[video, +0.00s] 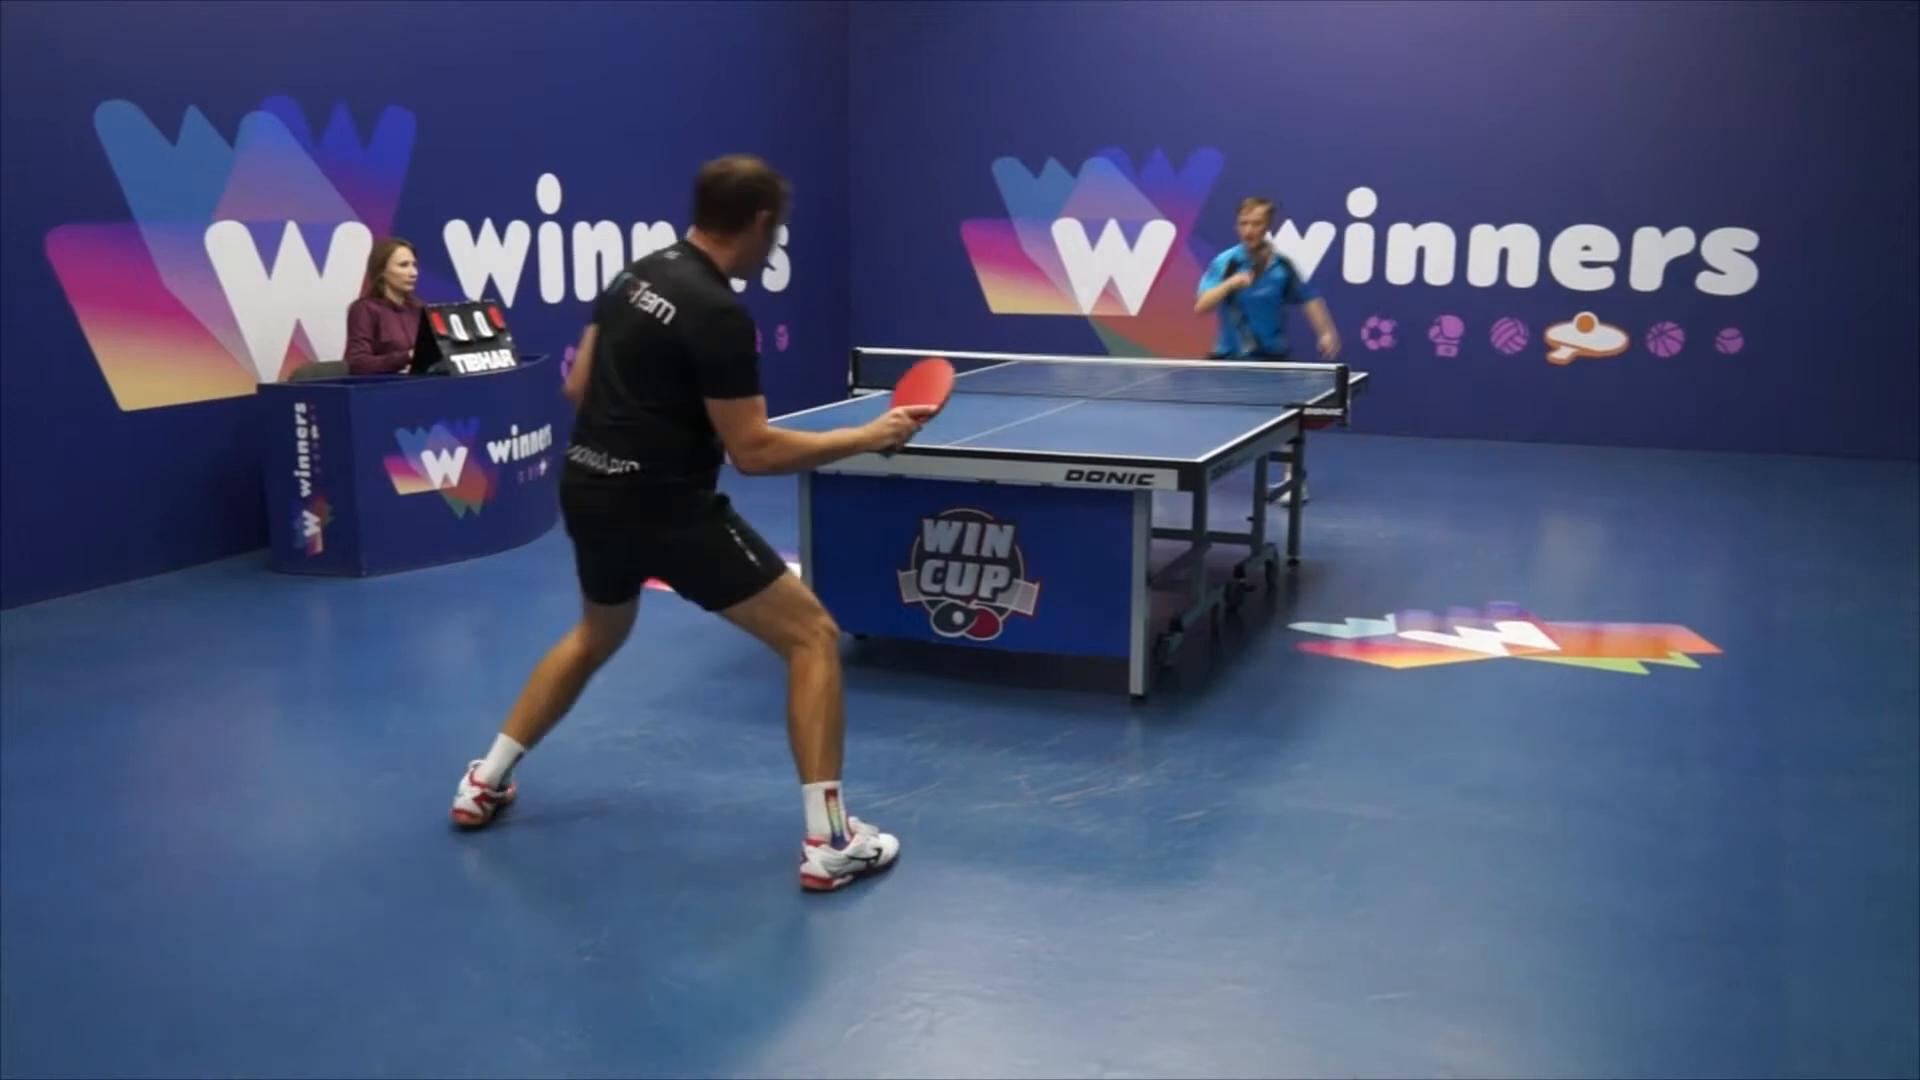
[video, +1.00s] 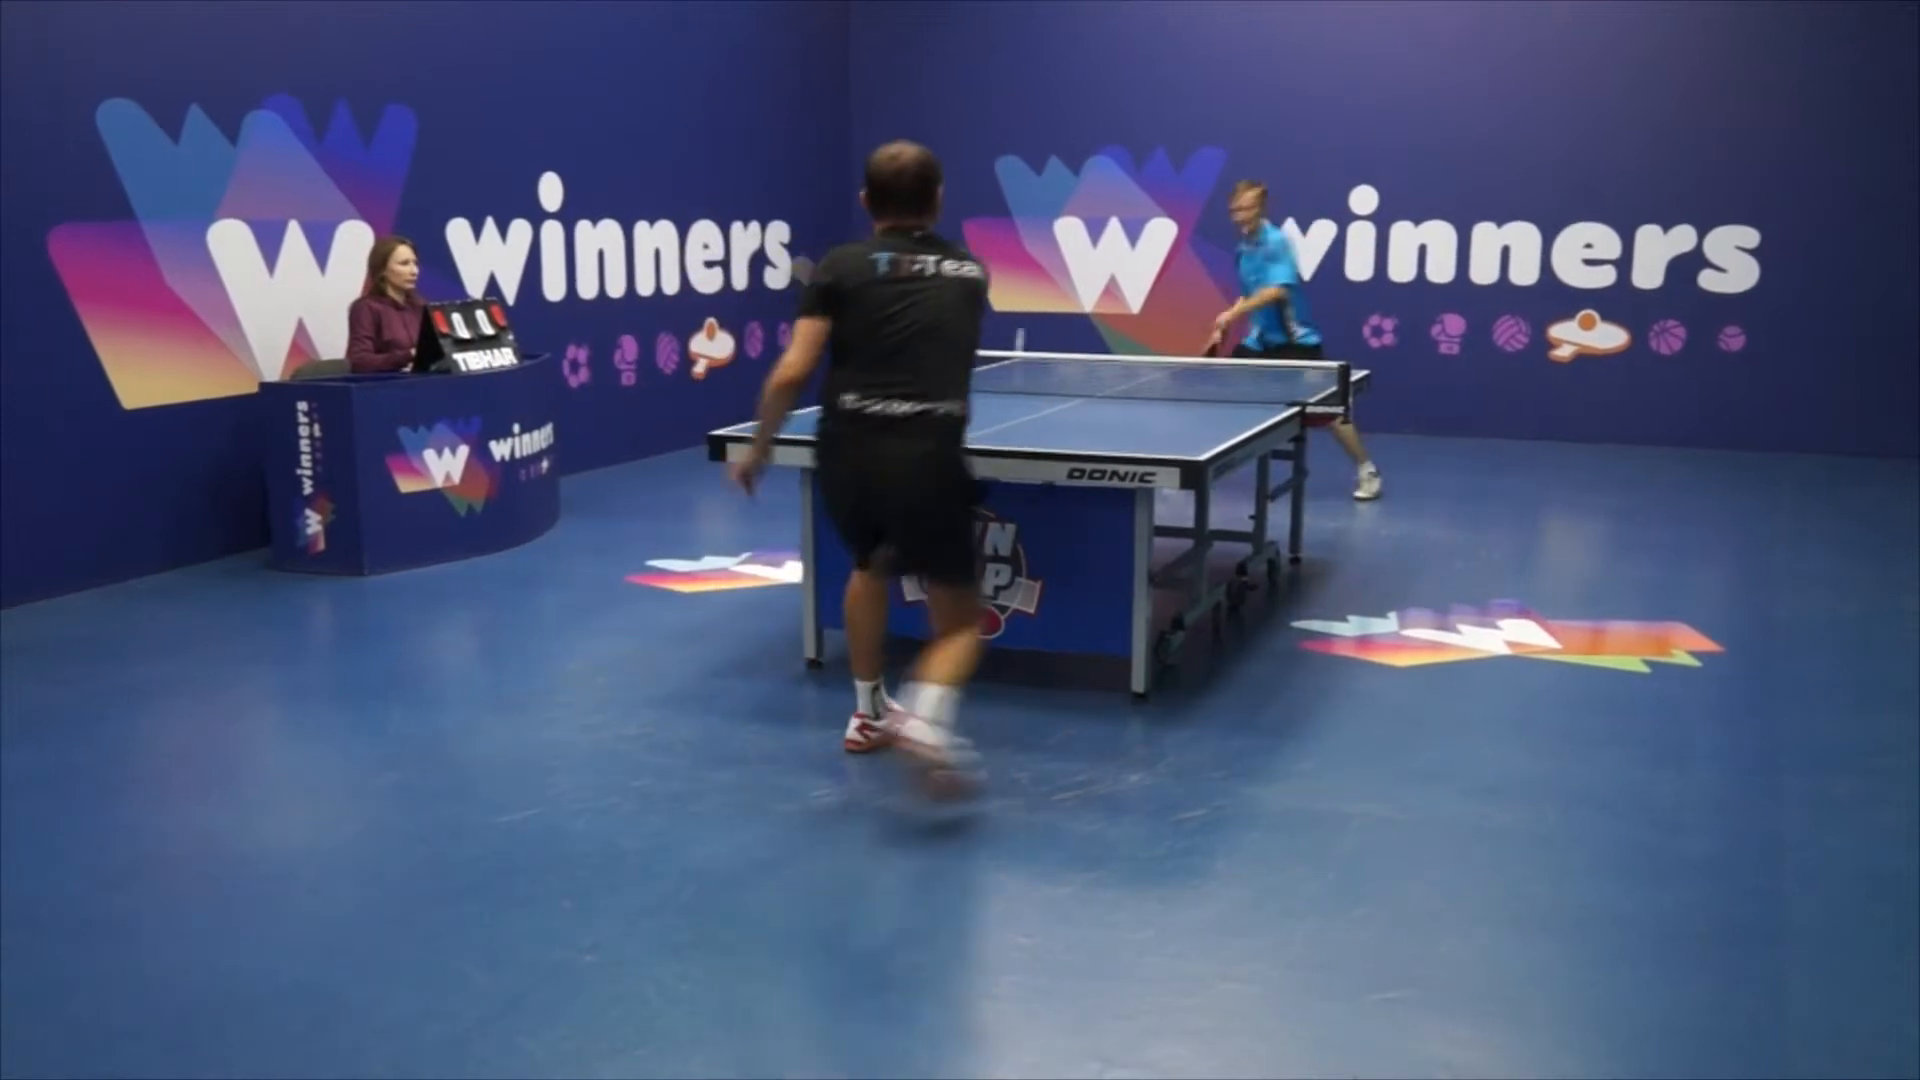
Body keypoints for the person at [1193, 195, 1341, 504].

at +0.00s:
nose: (1250, 231)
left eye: (1257, 224)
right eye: (1245, 224)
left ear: (1268, 228)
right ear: (1237, 226)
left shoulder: (1281, 266)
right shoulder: (1226, 262)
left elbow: (1308, 299)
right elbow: (1201, 304)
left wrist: (1326, 331)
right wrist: (1231, 283)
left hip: (1273, 357)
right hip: (1231, 357)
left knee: (1284, 418)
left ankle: (1293, 478)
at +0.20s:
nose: (1246, 206)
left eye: (1253, 200)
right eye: (1241, 199)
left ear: (1264, 205)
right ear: (1233, 201)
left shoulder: (1277, 244)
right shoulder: (1218, 240)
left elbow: (1297, 287)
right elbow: (1193, 285)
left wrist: (1313, 326)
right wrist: (1214, 281)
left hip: (1267, 339)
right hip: (1226, 339)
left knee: (1285, 402)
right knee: (1199, 398)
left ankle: (1306, 467)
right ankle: (1187, 467)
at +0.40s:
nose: (1270, 206)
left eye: (1277, 200)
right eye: (1265, 199)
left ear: (1289, 205)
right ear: (1257, 202)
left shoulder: (1301, 249)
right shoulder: (1244, 239)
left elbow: (1326, 290)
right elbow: (1223, 277)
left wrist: (1350, 329)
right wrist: (1217, 288)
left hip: (1281, 345)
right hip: (1239, 343)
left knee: (1309, 402)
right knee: (1211, 399)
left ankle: (1316, 469)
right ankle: (1198, 466)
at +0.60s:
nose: (1288, 192)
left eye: (1295, 186)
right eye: (1283, 185)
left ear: (1305, 190)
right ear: (1273, 188)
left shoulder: (1319, 232)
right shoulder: (1255, 229)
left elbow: (1325, 275)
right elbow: (1245, 268)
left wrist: (1314, 304)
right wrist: (1236, 283)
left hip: (1300, 329)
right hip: (1258, 329)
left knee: (1314, 397)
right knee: (1245, 393)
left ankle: (1317, 467)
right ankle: (1225, 462)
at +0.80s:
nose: (1279, 188)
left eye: (1286, 183)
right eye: (1273, 182)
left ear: (1297, 187)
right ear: (1265, 185)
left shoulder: (1314, 226)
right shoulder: (1253, 226)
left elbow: (1324, 272)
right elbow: (1236, 261)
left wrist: (1300, 294)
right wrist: (1227, 272)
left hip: (1307, 328)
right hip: (1264, 327)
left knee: (1323, 395)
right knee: (1242, 389)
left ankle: (1329, 464)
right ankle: (1229, 458)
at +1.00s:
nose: (1241, 217)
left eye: (1248, 210)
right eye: (1236, 210)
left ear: (1262, 210)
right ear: (1231, 213)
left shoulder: (1276, 241)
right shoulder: (1242, 249)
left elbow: (1277, 290)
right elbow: (1249, 296)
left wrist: (1230, 314)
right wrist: (1222, 328)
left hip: (1298, 341)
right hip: (1260, 339)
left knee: (1330, 408)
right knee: (1224, 394)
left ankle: (1366, 468)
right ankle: (1205, 465)